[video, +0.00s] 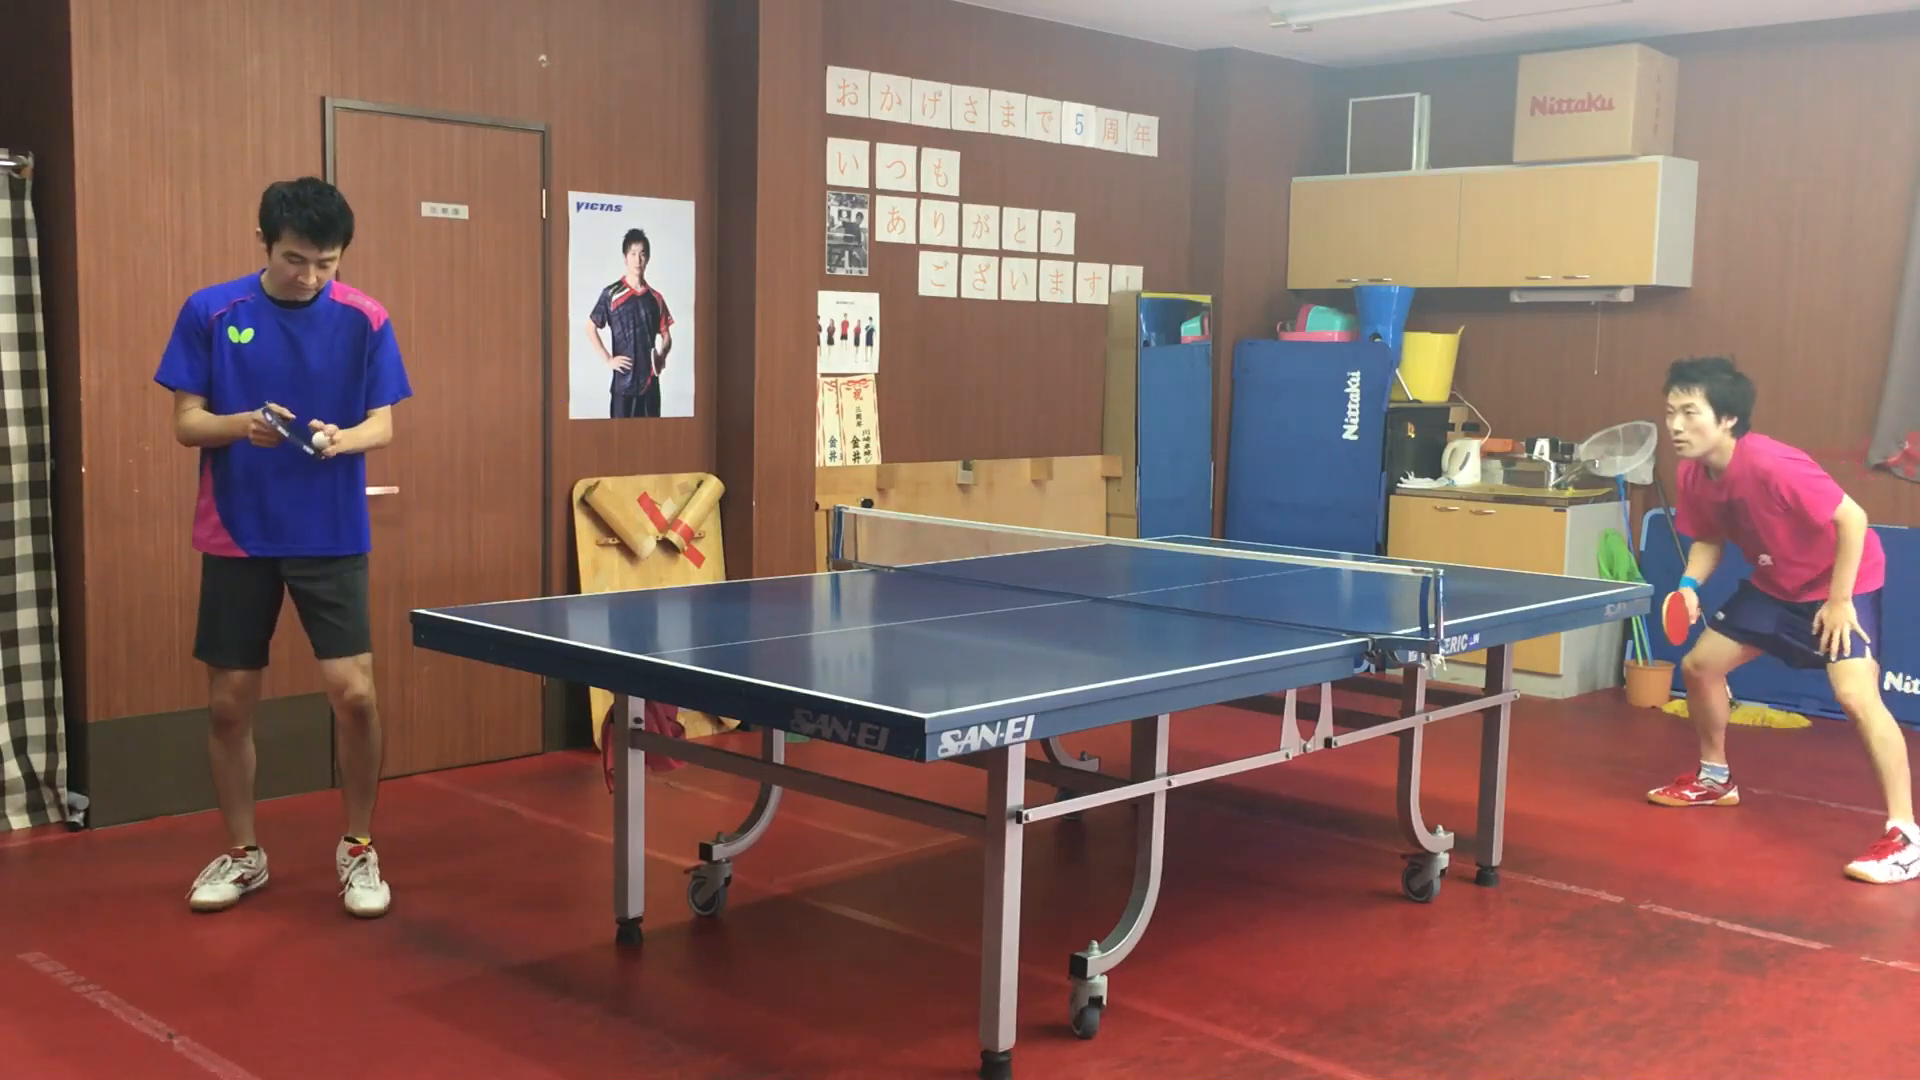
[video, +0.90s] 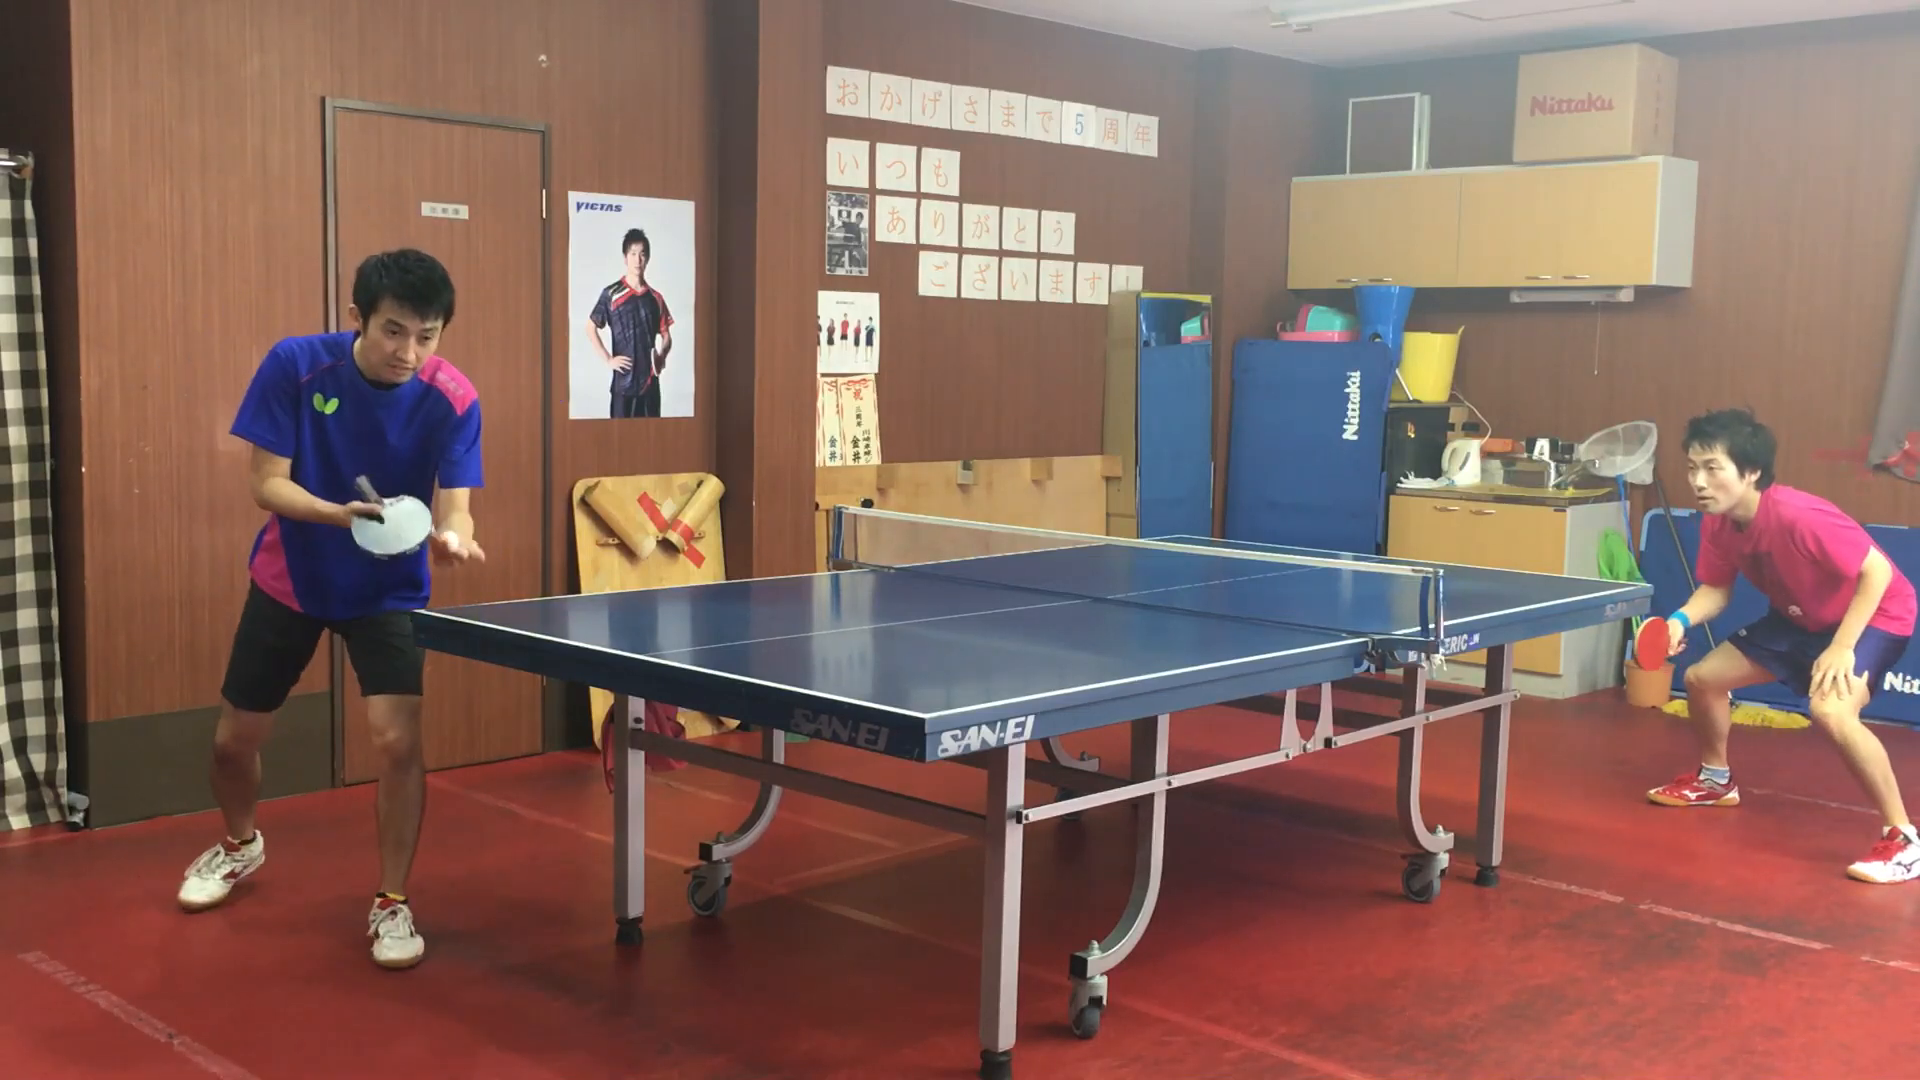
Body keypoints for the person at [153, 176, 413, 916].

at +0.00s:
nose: (309, 278)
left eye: (324, 263)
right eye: (296, 261)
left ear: (340, 253)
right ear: (266, 244)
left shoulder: (364, 319)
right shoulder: (211, 313)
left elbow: (382, 426)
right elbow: (188, 425)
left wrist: (345, 439)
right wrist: (247, 425)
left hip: (332, 546)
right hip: (239, 545)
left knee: (355, 698)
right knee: (229, 707)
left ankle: (358, 848)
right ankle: (244, 853)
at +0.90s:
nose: (406, 353)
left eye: (424, 338)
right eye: (393, 334)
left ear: (439, 332)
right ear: (360, 319)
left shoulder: (451, 399)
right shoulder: (297, 365)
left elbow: (455, 508)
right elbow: (267, 485)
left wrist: (454, 536)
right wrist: (336, 512)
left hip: (385, 587)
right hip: (291, 577)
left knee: (399, 744)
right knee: (232, 744)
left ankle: (392, 901)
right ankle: (240, 844)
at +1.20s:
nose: (361, 336)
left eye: (376, 320)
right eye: (344, 317)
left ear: (391, 322)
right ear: (311, 317)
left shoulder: (418, 395)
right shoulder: (263, 379)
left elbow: (440, 483)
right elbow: (250, 497)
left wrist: (449, 534)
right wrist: (320, 518)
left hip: (380, 599)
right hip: (282, 595)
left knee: (397, 746)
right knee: (204, 754)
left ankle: (392, 902)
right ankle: (180, 837)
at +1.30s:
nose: (330, 334)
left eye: (345, 317)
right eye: (312, 317)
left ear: (362, 319)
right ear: (281, 320)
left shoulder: (392, 379)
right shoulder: (240, 385)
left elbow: (448, 458)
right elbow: (231, 505)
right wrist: (303, 513)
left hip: (370, 601)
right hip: (271, 602)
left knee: (390, 746)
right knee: (197, 767)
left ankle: (392, 902)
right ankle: (183, 845)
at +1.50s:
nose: (262, 319)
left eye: (273, 301)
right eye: (241, 305)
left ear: (291, 307)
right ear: (211, 319)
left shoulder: (332, 373)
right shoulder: (184, 396)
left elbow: (419, 442)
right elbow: (178, 500)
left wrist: (374, 420)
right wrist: (201, 530)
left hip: (335, 595)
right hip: (237, 602)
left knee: (373, 733)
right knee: (177, 763)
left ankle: (391, 899)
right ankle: (180, 853)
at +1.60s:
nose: (229, 314)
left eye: (238, 297)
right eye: (207, 303)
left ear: (257, 306)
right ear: (178, 325)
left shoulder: (303, 377)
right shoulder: (163, 397)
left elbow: (402, 449)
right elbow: (158, 485)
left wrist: (353, 464)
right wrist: (143, 526)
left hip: (320, 594)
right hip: (222, 601)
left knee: (361, 729)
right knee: (166, 761)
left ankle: (392, 898)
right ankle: (178, 852)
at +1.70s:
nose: (201, 319)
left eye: (210, 301)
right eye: (178, 309)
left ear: (232, 309)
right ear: (154, 331)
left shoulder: (286, 387)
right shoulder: (148, 396)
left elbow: (388, 460)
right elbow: (137, 467)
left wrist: (340, 514)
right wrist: (68, 495)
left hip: (308, 593)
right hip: (210, 602)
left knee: (361, 727)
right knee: (157, 764)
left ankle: (392, 897)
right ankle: (179, 852)